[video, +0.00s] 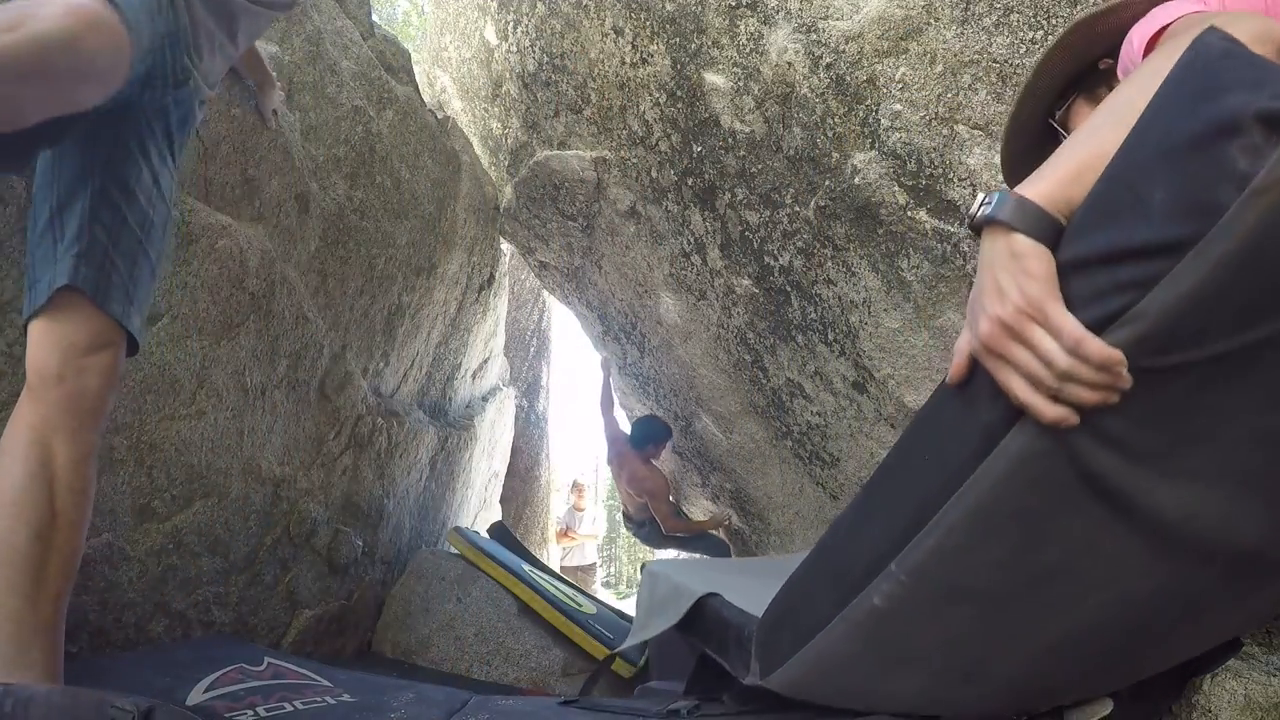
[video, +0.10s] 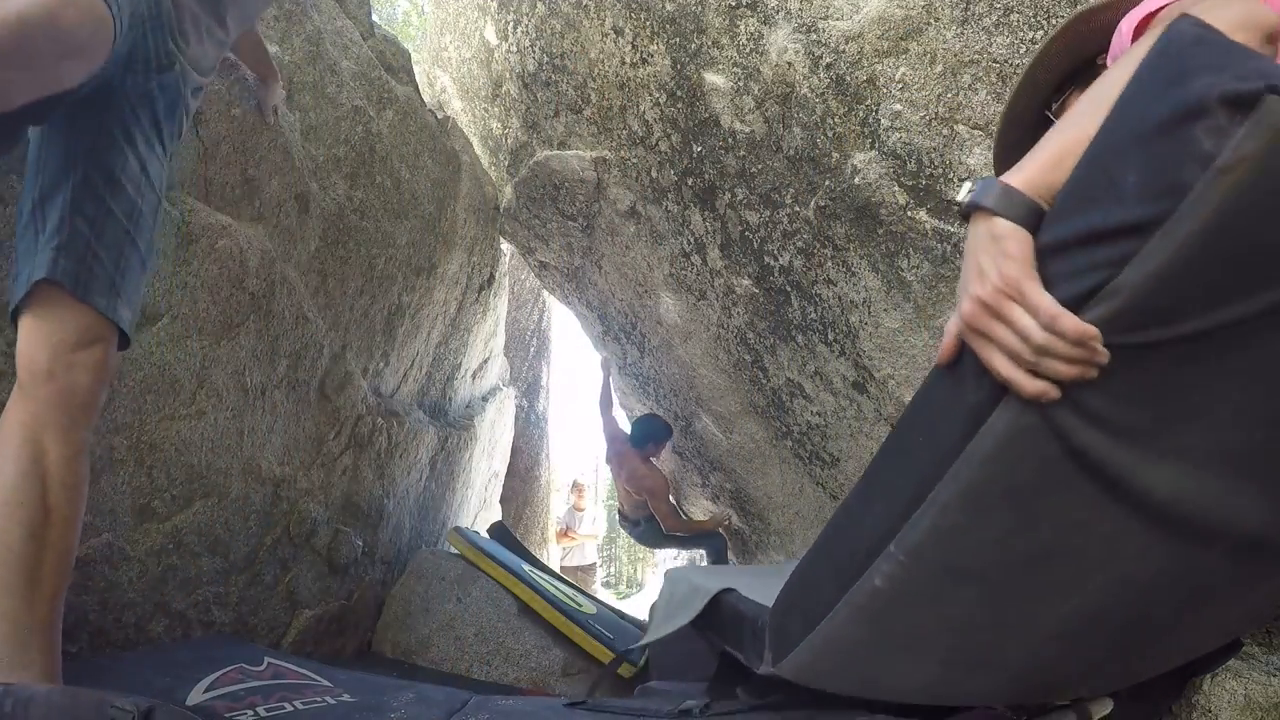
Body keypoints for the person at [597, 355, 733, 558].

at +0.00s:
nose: (664, 449)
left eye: (665, 445)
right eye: (662, 445)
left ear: (637, 436)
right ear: (651, 447)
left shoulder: (616, 441)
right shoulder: (652, 480)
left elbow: (606, 411)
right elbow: (671, 527)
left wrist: (606, 375)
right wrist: (710, 525)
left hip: (631, 519)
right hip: (654, 530)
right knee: (721, 548)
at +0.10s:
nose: (664, 448)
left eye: (665, 444)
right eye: (663, 444)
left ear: (636, 434)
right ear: (652, 445)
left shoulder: (616, 441)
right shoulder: (652, 479)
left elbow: (605, 409)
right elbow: (673, 526)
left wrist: (606, 375)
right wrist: (710, 524)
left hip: (624, 518)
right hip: (647, 529)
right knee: (715, 540)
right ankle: (721, 586)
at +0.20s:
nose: (664, 448)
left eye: (665, 444)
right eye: (663, 444)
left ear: (636, 432)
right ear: (652, 444)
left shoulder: (616, 440)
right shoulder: (653, 480)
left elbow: (604, 409)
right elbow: (673, 525)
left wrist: (605, 375)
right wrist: (710, 524)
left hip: (621, 518)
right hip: (644, 528)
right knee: (712, 534)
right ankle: (707, 584)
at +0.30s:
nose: (665, 447)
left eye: (666, 442)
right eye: (664, 443)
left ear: (636, 431)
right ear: (653, 445)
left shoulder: (616, 438)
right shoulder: (653, 479)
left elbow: (604, 410)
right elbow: (672, 525)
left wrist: (605, 376)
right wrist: (711, 523)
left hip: (619, 518)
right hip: (643, 529)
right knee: (708, 522)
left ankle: (686, 539)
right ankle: (695, 559)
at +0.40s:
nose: (665, 446)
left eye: (666, 442)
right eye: (664, 442)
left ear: (637, 429)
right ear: (655, 444)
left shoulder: (616, 438)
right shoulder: (654, 479)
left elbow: (603, 411)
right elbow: (672, 524)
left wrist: (605, 375)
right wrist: (710, 524)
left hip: (617, 517)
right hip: (641, 529)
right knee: (704, 511)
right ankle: (693, 549)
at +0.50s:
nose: (666, 446)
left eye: (667, 442)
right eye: (665, 442)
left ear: (637, 430)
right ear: (655, 445)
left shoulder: (616, 438)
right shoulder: (654, 478)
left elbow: (603, 411)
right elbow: (671, 524)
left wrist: (605, 375)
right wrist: (711, 524)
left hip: (616, 517)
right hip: (638, 528)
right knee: (701, 500)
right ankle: (689, 537)